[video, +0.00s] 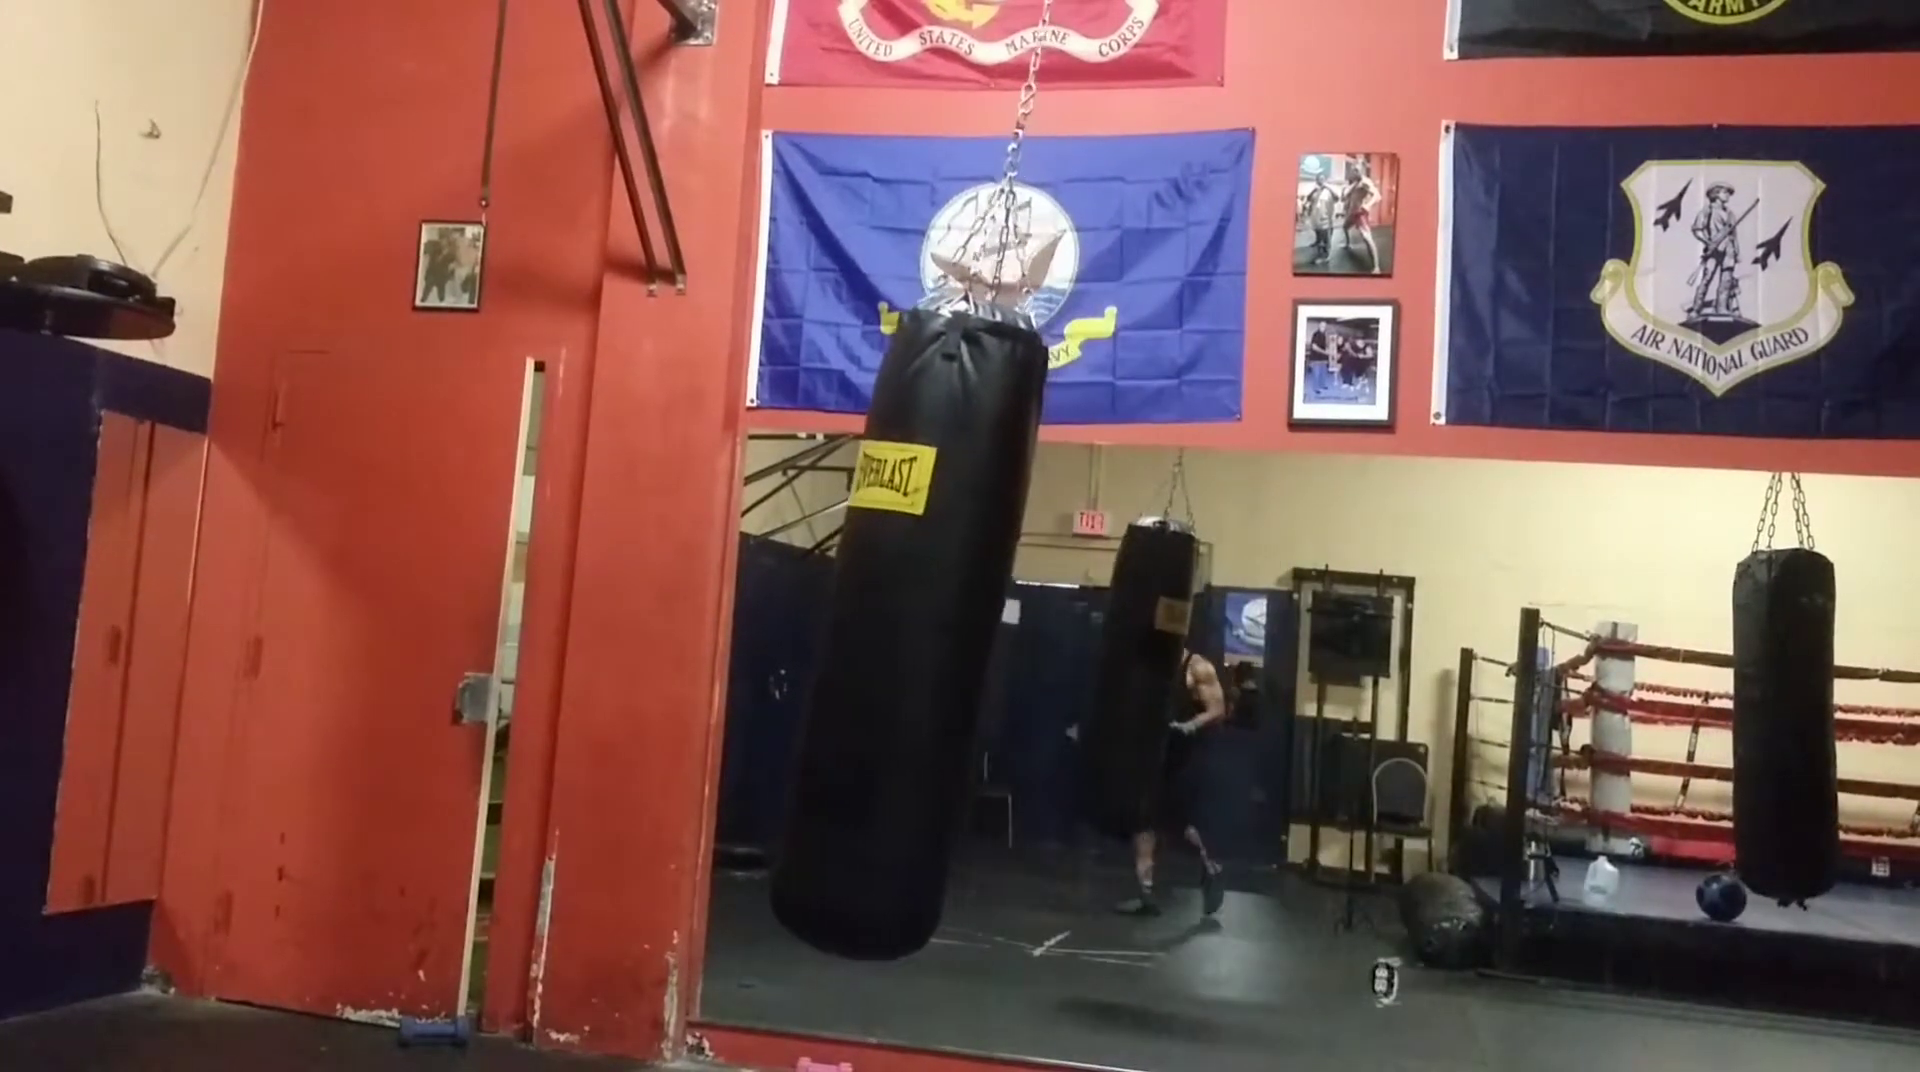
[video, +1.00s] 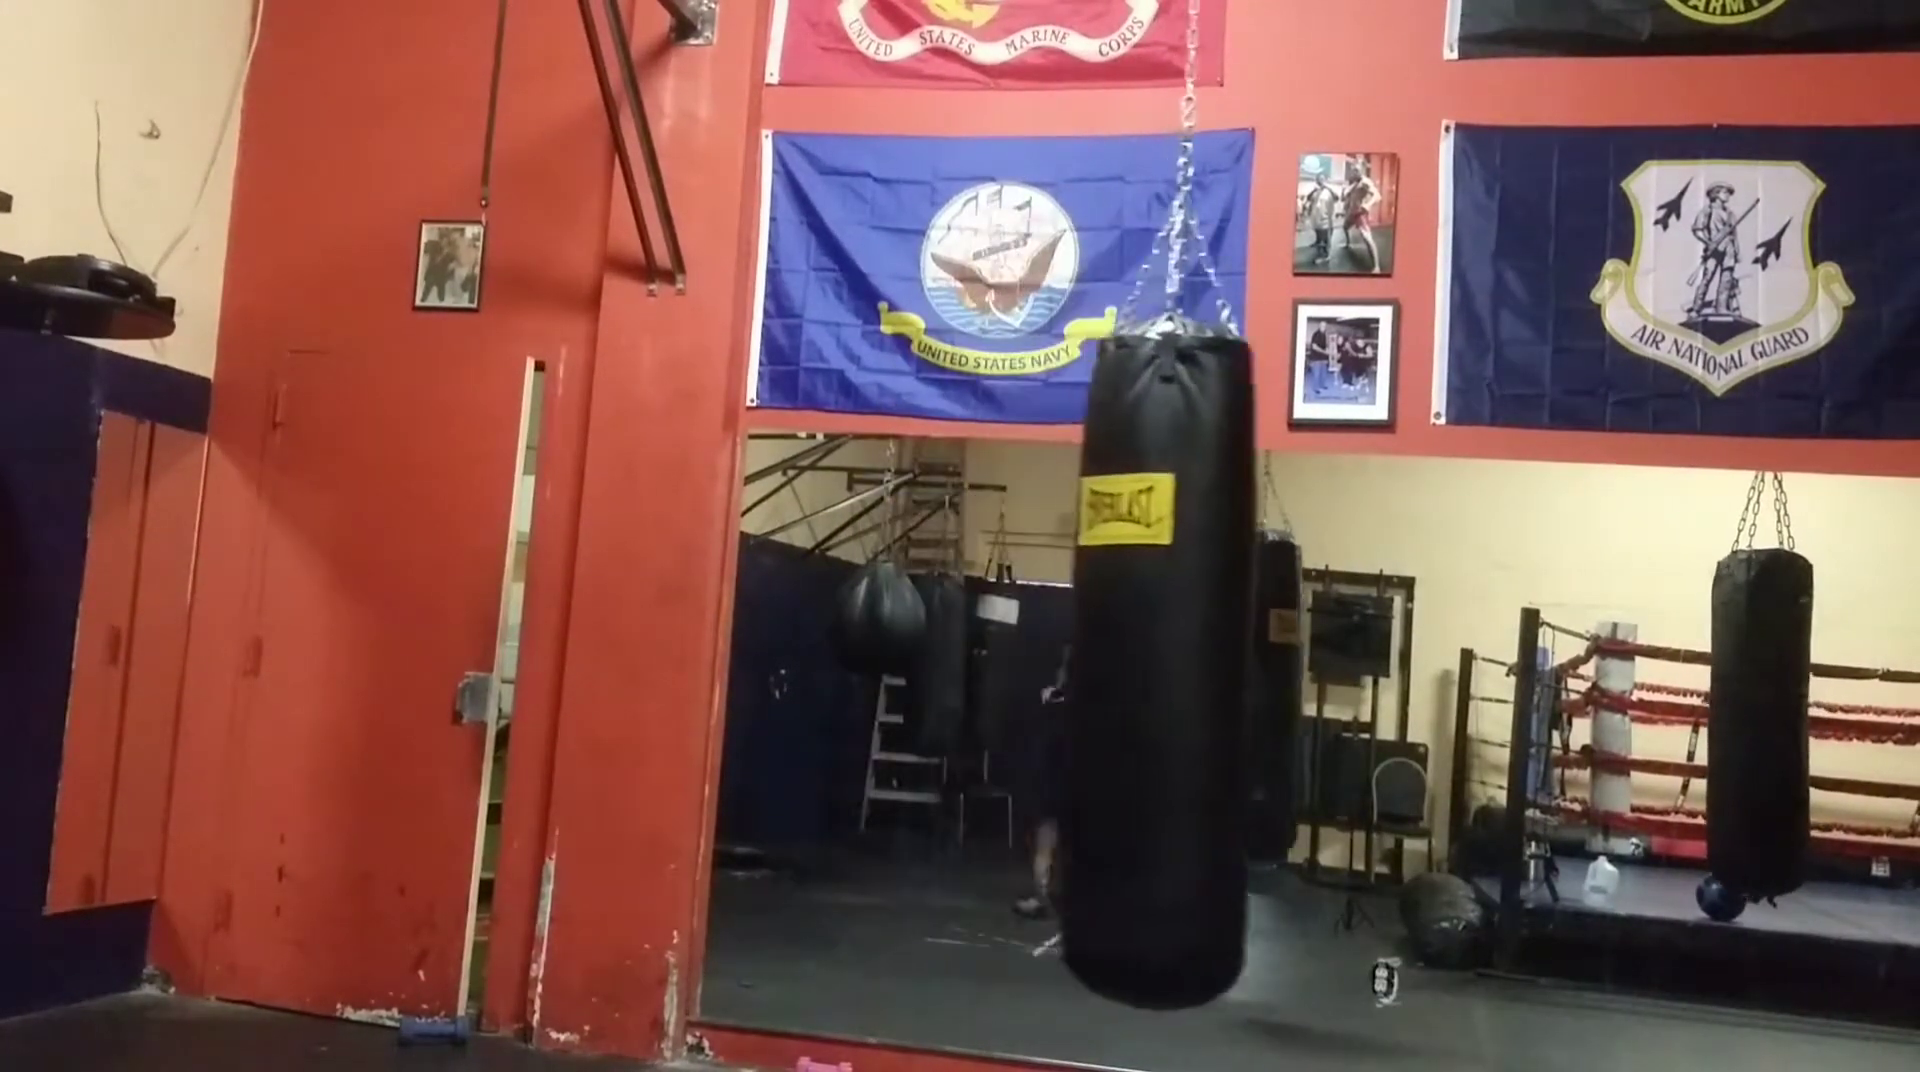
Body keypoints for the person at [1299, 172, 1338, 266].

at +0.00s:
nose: (1320, 182)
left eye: (1321, 180)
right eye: (1318, 180)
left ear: (1324, 180)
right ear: (1316, 181)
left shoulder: (1328, 191)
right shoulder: (1315, 192)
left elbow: (1336, 199)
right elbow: (1309, 199)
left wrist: (1328, 188)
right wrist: (1314, 191)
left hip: (1326, 217)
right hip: (1315, 217)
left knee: (1325, 239)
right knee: (1318, 238)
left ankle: (1325, 255)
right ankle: (1319, 254)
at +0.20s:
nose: (1320, 182)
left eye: (1322, 179)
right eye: (1318, 180)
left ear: (1324, 180)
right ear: (1316, 180)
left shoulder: (1328, 191)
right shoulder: (1315, 191)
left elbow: (1336, 198)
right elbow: (1308, 198)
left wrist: (1329, 188)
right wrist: (1314, 191)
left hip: (1325, 217)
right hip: (1315, 217)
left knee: (1325, 238)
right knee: (1318, 238)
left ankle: (1325, 255)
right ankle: (1318, 253)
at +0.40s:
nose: (1320, 182)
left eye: (1322, 180)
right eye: (1318, 180)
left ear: (1324, 180)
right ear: (1316, 181)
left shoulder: (1328, 192)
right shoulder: (1315, 192)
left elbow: (1336, 199)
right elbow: (1308, 199)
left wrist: (1329, 189)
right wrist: (1314, 191)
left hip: (1325, 217)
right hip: (1315, 217)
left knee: (1325, 238)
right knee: (1318, 238)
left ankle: (1325, 255)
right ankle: (1318, 254)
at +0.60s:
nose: (1320, 182)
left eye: (1322, 180)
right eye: (1318, 180)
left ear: (1324, 180)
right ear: (1316, 181)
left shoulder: (1328, 192)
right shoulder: (1315, 192)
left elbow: (1336, 199)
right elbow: (1308, 199)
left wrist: (1329, 189)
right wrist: (1314, 192)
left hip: (1325, 217)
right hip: (1315, 217)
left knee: (1325, 239)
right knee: (1318, 238)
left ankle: (1325, 255)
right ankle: (1318, 254)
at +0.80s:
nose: (1320, 182)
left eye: (1322, 180)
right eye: (1318, 180)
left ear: (1325, 180)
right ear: (1316, 181)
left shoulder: (1329, 191)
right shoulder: (1314, 192)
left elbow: (1335, 199)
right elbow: (1309, 199)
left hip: (1325, 217)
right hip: (1315, 217)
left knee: (1325, 239)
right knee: (1318, 238)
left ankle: (1325, 255)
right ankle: (1319, 254)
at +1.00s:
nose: (1319, 182)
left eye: (1321, 180)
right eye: (1318, 180)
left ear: (1324, 180)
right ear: (1316, 181)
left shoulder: (1329, 192)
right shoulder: (1315, 192)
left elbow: (1336, 198)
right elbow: (1309, 199)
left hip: (1325, 218)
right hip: (1315, 217)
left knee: (1325, 239)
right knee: (1318, 238)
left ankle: (1324, 255)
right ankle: (1318, 253)